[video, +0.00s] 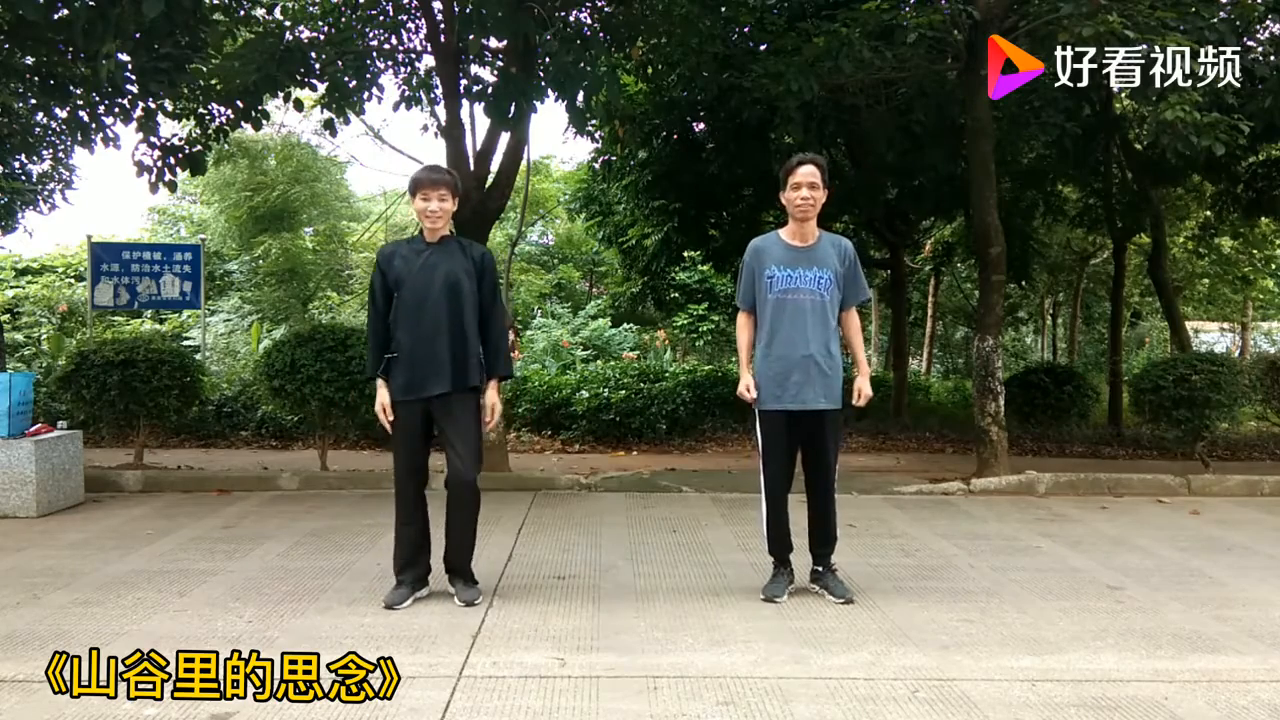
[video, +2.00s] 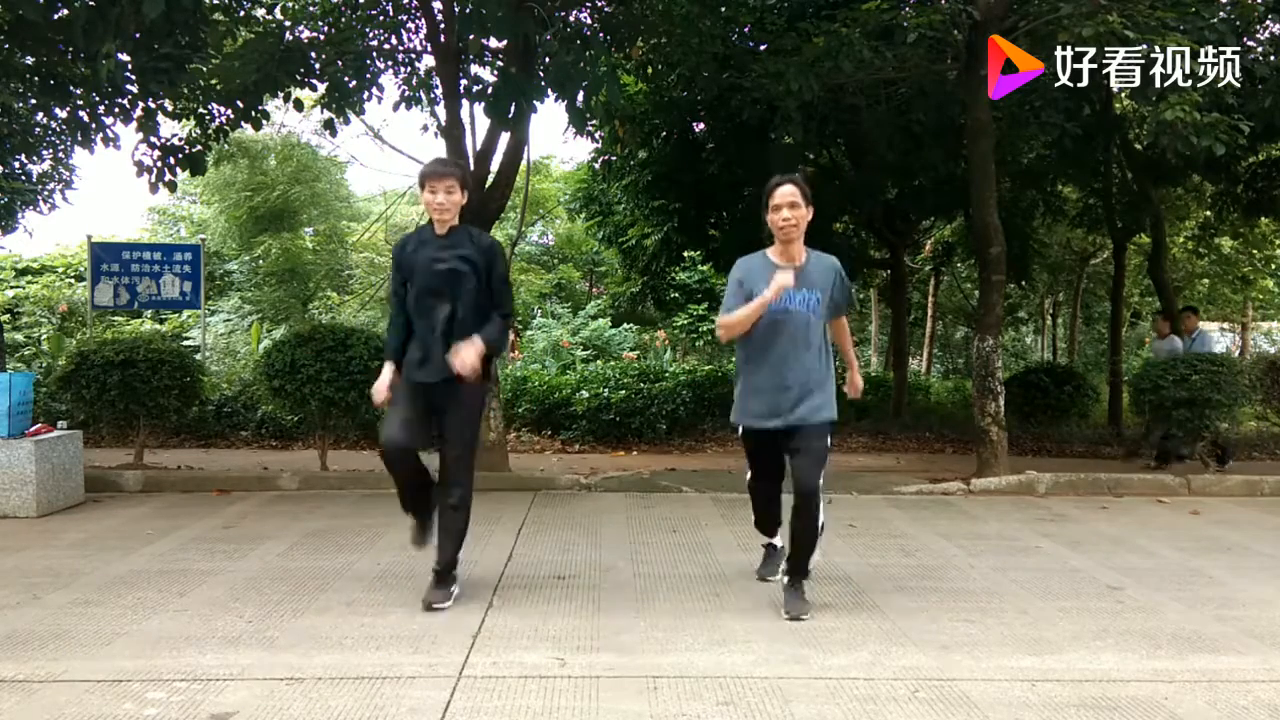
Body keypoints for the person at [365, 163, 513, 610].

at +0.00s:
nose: (432, 206)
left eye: (441, 198)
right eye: (424, 199)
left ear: (454, 202)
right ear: (413, 204)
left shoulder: (476, 256)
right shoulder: (391, 257)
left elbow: (494, 324)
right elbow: (378, 324)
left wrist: (493, 383)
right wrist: (380, 381)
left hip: (462, 385)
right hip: (406, 386)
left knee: (465, 478)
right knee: (408, 483)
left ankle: (461, 573)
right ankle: (411, 575)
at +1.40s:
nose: (426, 194)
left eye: (435, 187)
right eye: (419, 187)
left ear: (449, 193)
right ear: (408, 192)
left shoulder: (471, 245)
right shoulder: (388, 248)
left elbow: (499, 306)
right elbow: (368, 309)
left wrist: (516, 364)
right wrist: (352, 361)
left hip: (462, 362)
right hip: (412, 366)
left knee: (450, 422)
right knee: (417, 470)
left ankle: (453, 524)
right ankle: (421, 573)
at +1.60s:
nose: (435, 200)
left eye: (444, 193)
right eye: (427, 192)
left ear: (456, 199)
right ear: (415, 197)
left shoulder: (476, 252)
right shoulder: (394, 249)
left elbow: (489, 312)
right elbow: (369, 306)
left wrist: (488, 370)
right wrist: (392, 318)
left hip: (466, 352)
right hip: (414, 360)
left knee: (432, 373)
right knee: (428, 460)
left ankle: (434, 472)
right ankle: (439, 559)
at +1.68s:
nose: (435, 197)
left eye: (444, 190)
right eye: (427, 189)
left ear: (457, 195)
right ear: (416, 194)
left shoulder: (477, 247)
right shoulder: (395, 243)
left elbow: (491, 306)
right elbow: (369, 302)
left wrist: (489, 361)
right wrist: (406, 285)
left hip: (464, 351)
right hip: (415, 357)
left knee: (435, 401)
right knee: (430, 441)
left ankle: (430, 508)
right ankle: (447, 548)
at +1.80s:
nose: (437, 221)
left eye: (446, 214)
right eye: (429, 214)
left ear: (458, 220)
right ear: (418, 219)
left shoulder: (478, 271)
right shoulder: (401, 266)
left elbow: (498, 328)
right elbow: (374, 317)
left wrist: (502, 379)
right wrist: (409, 281)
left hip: (464, 384)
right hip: (417, 386)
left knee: (445, 470)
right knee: (431, 472)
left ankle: (436, 580)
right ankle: (455, 541)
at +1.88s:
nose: (438, 224)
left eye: (446, 216)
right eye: (430, 216)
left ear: (460, 222)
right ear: (419, 222)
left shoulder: (482, 278)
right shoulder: (401, 274)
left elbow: (500, 342)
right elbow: (377, 335)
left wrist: (509, 400)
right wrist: (411, 301)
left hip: (465, 394)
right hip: (417, 395)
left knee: (442, 479)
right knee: (432, 480)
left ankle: (435, 589)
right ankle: (457, 539)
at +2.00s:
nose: (441, 200)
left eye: (449, 191)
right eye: (433, 191)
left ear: (463, 195)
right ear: (422, 196)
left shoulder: (484, 248)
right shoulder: (407, 248)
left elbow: (502, 315)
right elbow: (399, 314)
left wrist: (480, 343)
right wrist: (389, 366)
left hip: (465, 374)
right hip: (416, 371)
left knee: (454, 475)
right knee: (395, 442)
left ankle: (445, 574)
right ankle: (423, 504)